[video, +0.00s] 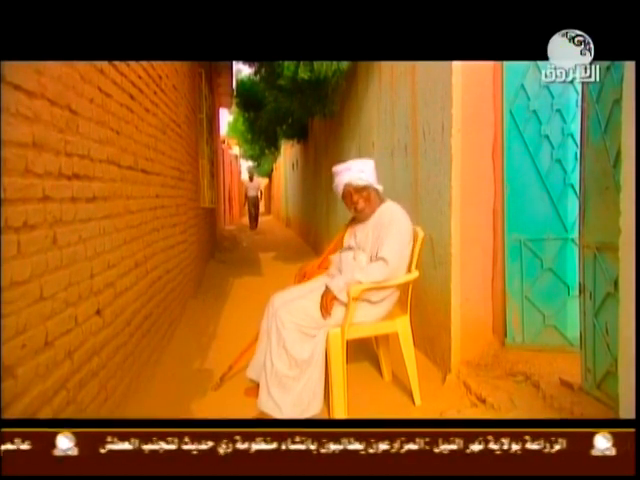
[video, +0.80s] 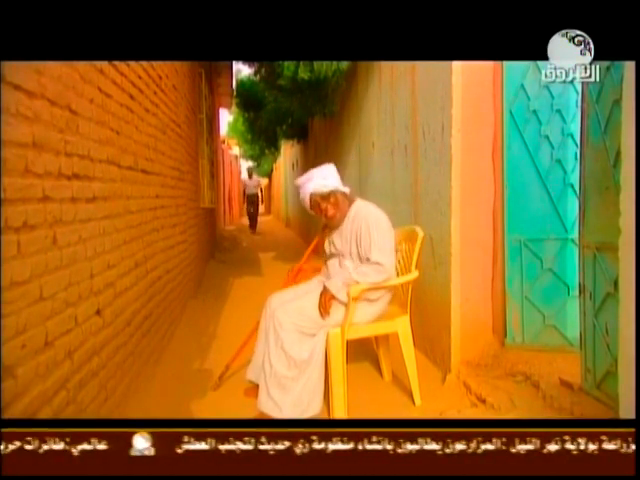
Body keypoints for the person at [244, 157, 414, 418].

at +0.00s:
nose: (356, 202)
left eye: (359, 193)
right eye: (349, 198)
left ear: (373, 190)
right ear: (345, 201)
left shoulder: (395, 218)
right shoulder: (361, 219)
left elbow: (389, 270)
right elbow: (344, 258)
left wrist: (339, 287)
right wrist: (328, 283)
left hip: (368, 299)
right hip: (342, 286)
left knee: (288, 315)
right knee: (278, 303)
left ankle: (289, 407)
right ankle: (268, 377)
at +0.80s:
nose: (326, 213)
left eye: (328, 203)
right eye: (319, 210)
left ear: (339, 195)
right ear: (316, 211)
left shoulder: (370, 217)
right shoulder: (340, 219)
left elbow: (383, 270)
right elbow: (338, 260)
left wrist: (336, 279)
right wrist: (327, 285)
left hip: (366, 298)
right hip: (339, 285)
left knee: (287, 317)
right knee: (275, 304)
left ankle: (288, 406)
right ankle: (266, 379)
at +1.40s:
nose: (325, 208)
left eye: (328, 199)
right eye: (319, 204)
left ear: (342, 193)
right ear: (317, 205)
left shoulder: (371, 217)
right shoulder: (341, 218)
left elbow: (384, 270)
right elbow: (340, 260)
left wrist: (336, 282)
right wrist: (326, 283)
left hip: (367, 298)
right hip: (340, 285)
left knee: (287, 318)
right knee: (275, 304)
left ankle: (289, 406)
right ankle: (267, 380)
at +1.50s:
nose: (326, 208)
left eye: (328, 199)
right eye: (320, 203)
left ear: (343, 193)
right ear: (320, 204)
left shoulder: (372, 216)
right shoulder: (343, 219)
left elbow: (384, 270)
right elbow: (340, 260)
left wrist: (337, 281)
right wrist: (328, 285)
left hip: (367, 298)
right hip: (340, 285)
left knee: (287, 318)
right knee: (276, 304)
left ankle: (289, 406)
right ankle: (266, 380)